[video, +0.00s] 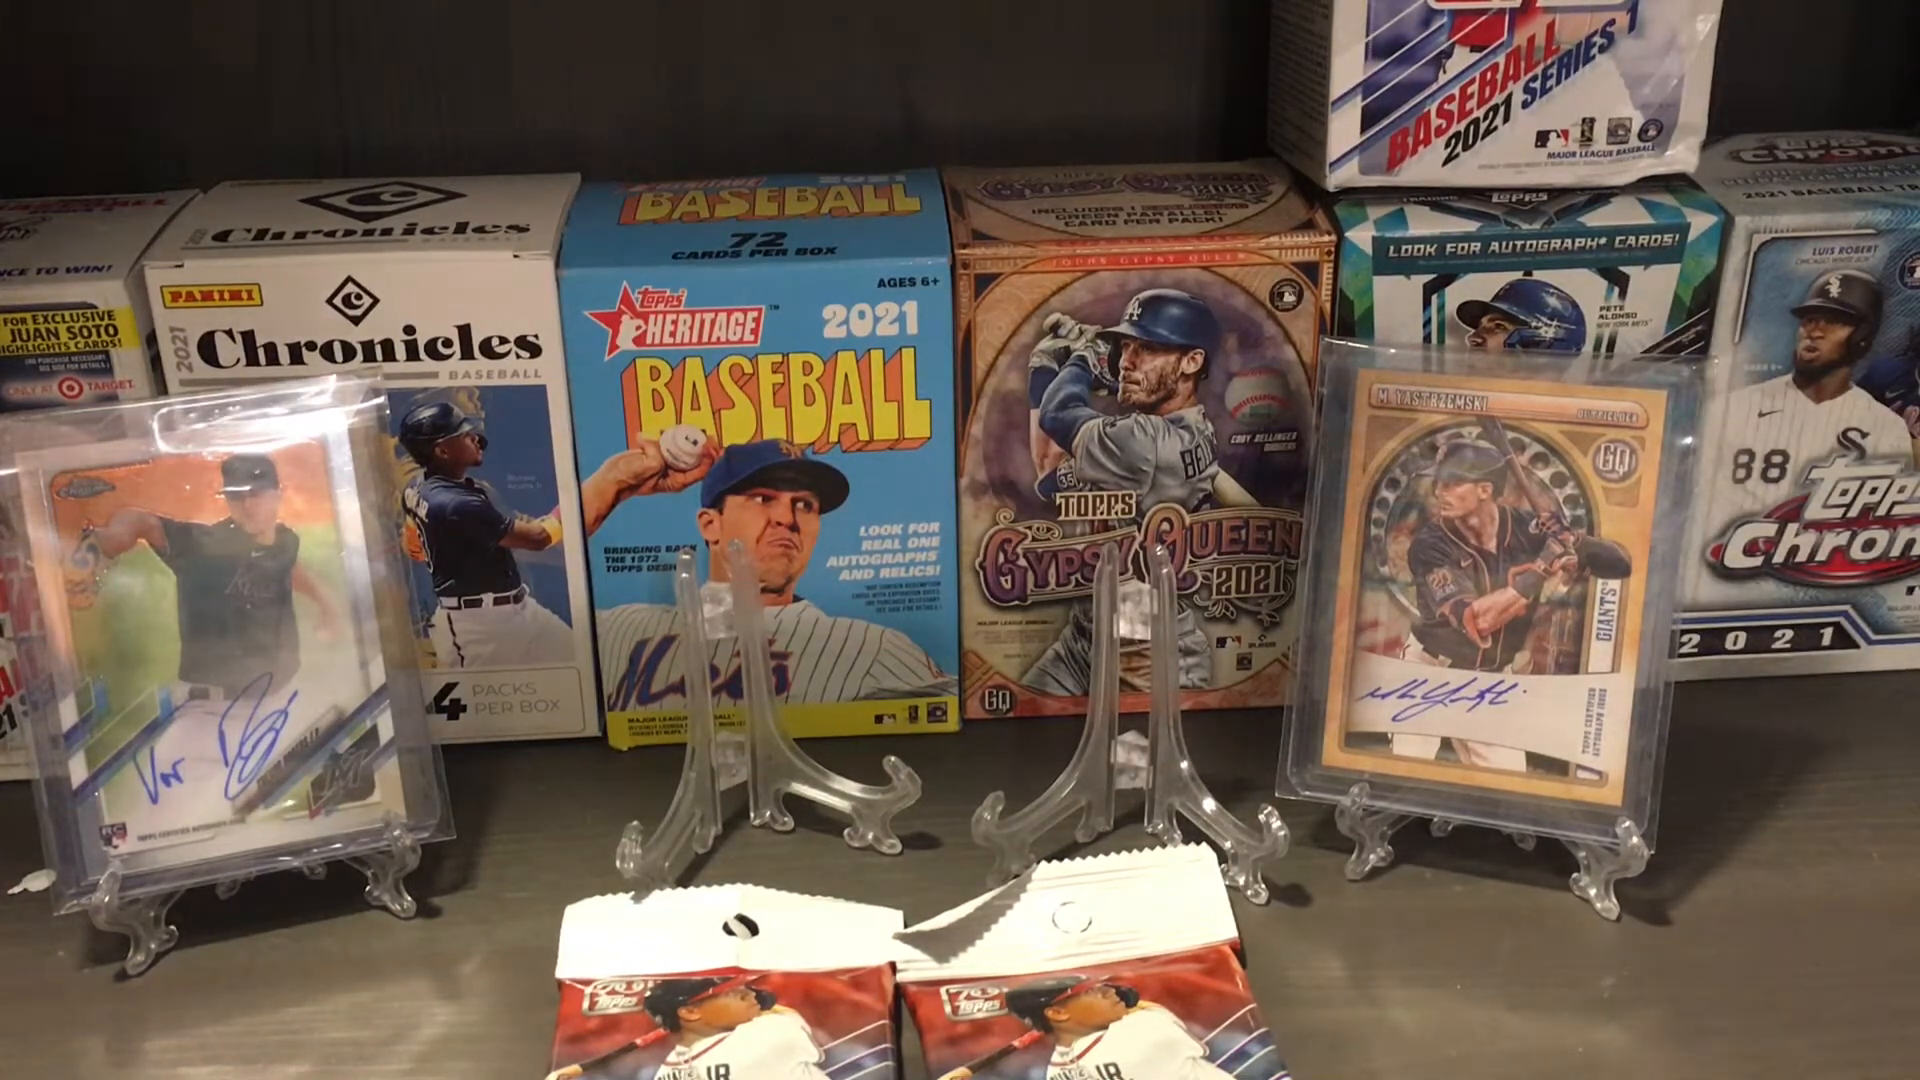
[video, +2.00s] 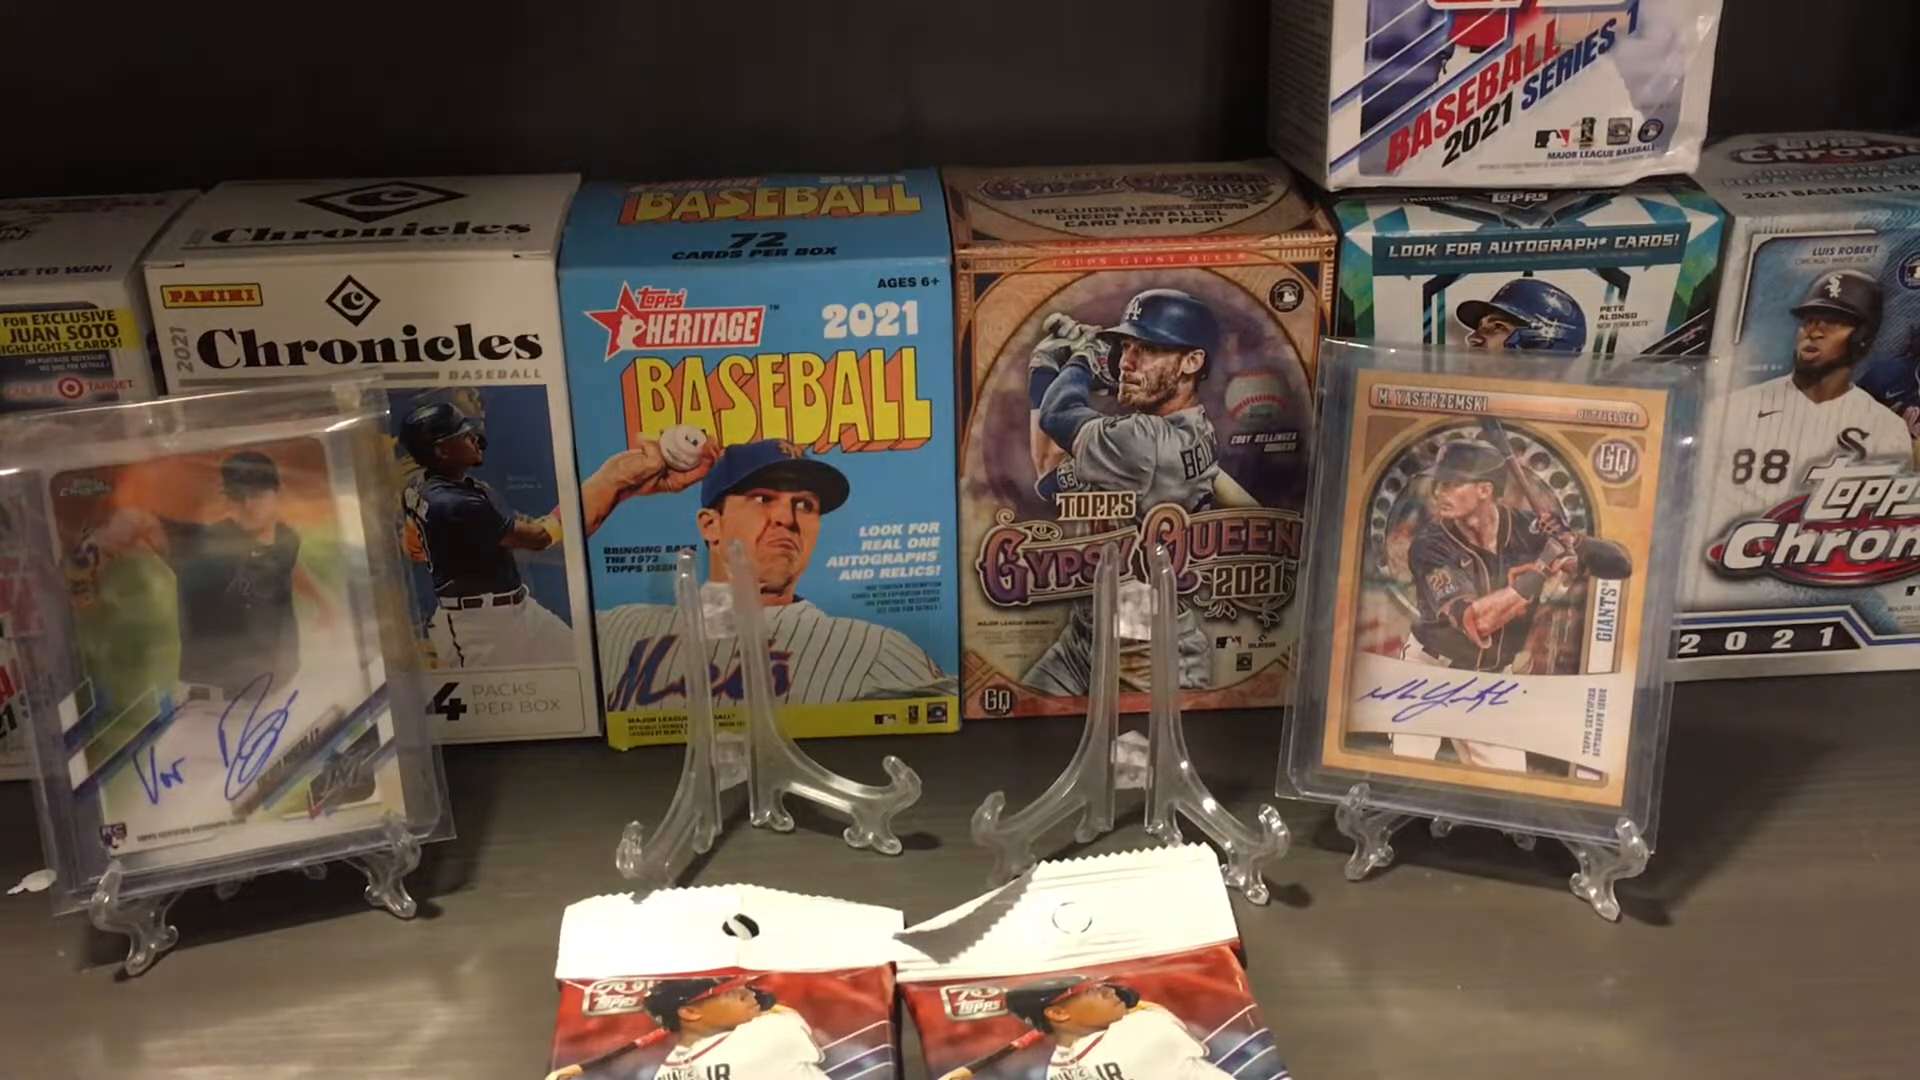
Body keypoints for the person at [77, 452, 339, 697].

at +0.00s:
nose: (247, 505)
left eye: (256, 493)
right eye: (236, 497)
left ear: (278, 495)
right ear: (226, 501)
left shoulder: (286, 543)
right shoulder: (200, 544)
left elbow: (287, 571)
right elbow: (134, 521)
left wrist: (324, 602)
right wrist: (101, 548)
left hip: (276, 697)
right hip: (214, 703)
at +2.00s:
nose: (247, 507)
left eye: (256, 496)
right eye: (237, 498)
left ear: (275, 496)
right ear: (227, 500)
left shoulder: (286, 540)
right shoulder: (203, 542)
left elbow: (291, 570)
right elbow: (137, 521)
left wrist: (323, 602)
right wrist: (109, 540)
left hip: (277, 686)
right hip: (215, 693)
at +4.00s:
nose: (246, 506)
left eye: (255, 495)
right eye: (236, 498)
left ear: (276, 496)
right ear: (227, 501)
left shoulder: (286, 542)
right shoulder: (203, 543)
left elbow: (292, 570)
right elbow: (136, 519)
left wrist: (323, 602)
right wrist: (118, 539)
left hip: (276, 688)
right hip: (214, 694)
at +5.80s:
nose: (277, 507)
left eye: (276, 496)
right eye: (269, 497)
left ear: (278, 498)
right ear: (240, 502)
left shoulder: (285, 543)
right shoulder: (199, 544)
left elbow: (292, 572)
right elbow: (137, 520)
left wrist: (324, 602)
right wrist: (111, 541)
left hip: (276, 699)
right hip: (214, 705)